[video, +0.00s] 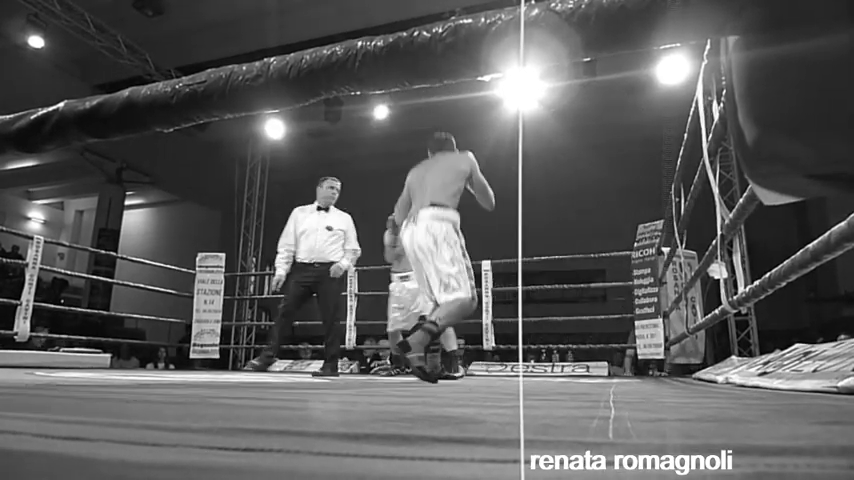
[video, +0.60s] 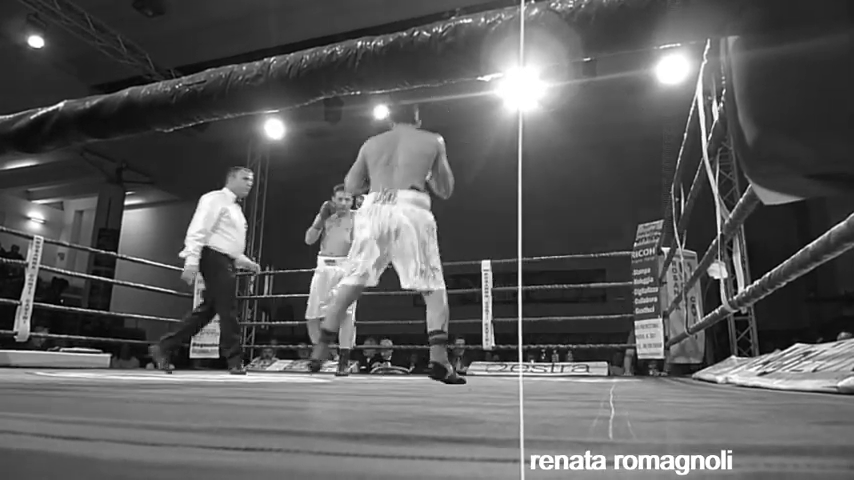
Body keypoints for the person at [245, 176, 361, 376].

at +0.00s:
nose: (334, 193)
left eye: (337, 190)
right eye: (330, 188)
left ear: (338, 195)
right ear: (318, 190)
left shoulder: (344, 219)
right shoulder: (299, 213)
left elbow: (353, 250)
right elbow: (286, 247)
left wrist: (343, 264)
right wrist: (281, 271)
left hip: (330, 272)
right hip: (301, 270)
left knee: (332, 319)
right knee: (285, 310)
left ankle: (331, 365)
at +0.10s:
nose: (321, 193)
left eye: (323, 191)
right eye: (318, 188)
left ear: (322, 195)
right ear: (305, 187)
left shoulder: (324, 220)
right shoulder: (281, 211)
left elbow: (330, 248)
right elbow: (268, 243)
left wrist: (330, 264)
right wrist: (264, 271)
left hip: (312, 272)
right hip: (283, 270)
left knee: (320, 317)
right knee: (267, 315)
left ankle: (328, 364)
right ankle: (245, 361)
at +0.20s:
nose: (309, 192)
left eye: (311, 189)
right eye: (306, 186)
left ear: (311, 193)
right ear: (293, 185)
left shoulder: (308, 218)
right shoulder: (268, 207)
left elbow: (312, 250)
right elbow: (255, 240)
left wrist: (316, 268)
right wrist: (255, 268)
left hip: (299, 269)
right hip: (271, 268)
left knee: (309, 317)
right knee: (258, 315)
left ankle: (320, 363)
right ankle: (243, 361)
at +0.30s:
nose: (293, 187)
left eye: (295, 184)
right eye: (289, 182)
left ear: (294, 189)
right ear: (276, 181)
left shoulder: (287, 214)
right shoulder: (253, 201)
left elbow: (283, 247)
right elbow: (238, 234)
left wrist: (293, 265)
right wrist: (239, 264)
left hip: (279, 266)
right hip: (256, 263)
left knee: (284, 313)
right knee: (250, 312)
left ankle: (283, 361)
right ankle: (242, 361)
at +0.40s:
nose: (281, 186)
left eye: (283, 183)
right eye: (277, 181)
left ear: (282, 187)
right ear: (264, 180)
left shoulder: (272, 213)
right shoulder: (243, 200)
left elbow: (267, 246)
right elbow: (228, 233)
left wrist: (278, 264)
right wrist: (227, 262)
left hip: (264, 265)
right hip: (245, 261)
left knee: (263, 312)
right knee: (244, 312)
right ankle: (239, 361)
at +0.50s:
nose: (269, 185)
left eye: (271, 181)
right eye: (265, 179)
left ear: (269, 186)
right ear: (251, 179)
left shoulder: (257, 210)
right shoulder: (233, 199)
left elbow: (253, 246)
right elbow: (217, 231)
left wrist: (265, 263)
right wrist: (213, 262)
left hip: (249, 261)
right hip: (234, 257)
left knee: (239, 313)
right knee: (237, 312)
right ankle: (238, 361)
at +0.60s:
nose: (249, 184)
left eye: (251, 181)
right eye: (246, 180)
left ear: (249, 185)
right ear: (232, 179)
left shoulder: (236, 209)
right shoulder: (213, 199)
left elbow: (231, 247)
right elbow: (197, 230)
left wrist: (247, 263)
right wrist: (191, 262)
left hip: (226, 260)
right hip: (213, 256)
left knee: (207, 311)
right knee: (227, 309)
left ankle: (164, 347)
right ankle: (234, 361)